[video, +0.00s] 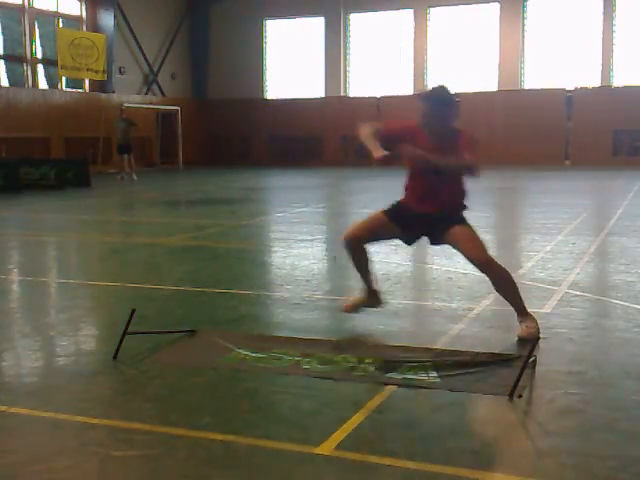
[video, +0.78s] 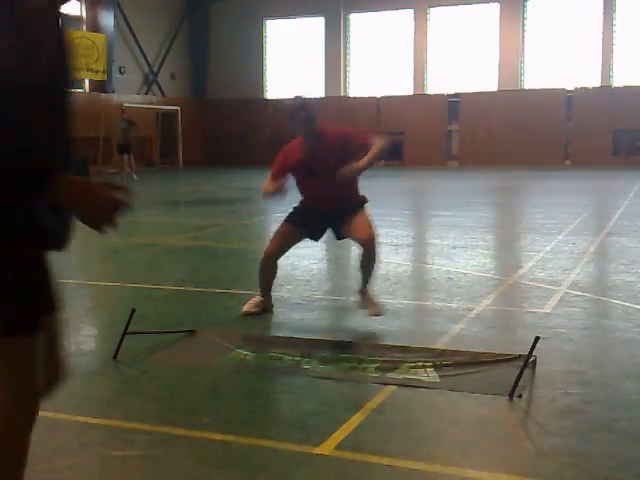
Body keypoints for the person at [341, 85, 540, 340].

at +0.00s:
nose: (425, 120)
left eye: (431, 115)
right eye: (424, 114)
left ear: (447, 116)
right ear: (422, 113)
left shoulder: (461, 140)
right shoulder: (414, 133)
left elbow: (471, 167)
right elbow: (365, 130)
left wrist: (424, 157)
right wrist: (376, 150)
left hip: (447, 216)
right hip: (410, 211)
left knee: (483, 261)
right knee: (352, 239)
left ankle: (524, 317)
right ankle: (371, 294)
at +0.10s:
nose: (391, 103)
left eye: (396, 98)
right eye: (387, 98)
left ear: (405, 96)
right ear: (380, 96)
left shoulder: (419, 116)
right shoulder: (373, 114)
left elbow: (428, 144)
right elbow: (326, 120)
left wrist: (378, 142)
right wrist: (332, 149)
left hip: (411, 201)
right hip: (375, 198)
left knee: (456, 257)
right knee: (318, 228)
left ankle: (510, 311)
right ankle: (311, 286)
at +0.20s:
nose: (341, 102)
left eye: (345, 96)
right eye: (337, 97)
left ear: (357, 93)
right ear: (333, 96)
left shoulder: (383, 120)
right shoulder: (330, 121)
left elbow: (405, 153)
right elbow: (299, 147)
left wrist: (360, 161)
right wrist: (288, 176)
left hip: (378, 196)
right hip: (341, 194)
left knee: (416, 248)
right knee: (297, 241)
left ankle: (451, 304)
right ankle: (268, 289)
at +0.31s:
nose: (302, 121)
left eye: (306, 115)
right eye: (300, 116)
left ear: (320, 112)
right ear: (297, 115)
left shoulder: (348, 136)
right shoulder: (298, 138)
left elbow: (373, 173)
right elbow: (284, 171)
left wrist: (334, 193)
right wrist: (266, 206)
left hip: (345, 203)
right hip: (311, 202)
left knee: (372, 244)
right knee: (272, 249)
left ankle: (373, 296)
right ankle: (265, 299)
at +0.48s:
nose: (270, 138)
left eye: (273, 132)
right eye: (267, 134)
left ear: (284, 130)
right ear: (264, 135)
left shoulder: (311, 149)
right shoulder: (271, 157)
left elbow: (330, 193)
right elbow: (270, 191)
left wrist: (289, 205)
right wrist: (262, 221)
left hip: (322, 210)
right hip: (289, 209)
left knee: (324, 263)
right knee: (255, 251)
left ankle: (293, 274)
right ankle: (263, 298)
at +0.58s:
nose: (268, 147)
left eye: (271, 141)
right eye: (264, 143)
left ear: (280, 135)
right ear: (259, 142)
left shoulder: (306, 152)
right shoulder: (267, 166)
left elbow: (327, 193)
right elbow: (264, 198)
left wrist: (289, 211)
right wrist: (253, 230)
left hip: (320, 209)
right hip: (287, 209)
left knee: (312, 263)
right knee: (254, 251)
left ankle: (295, 282)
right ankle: (263, 297)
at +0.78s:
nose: (306, 125)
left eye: (308, 119)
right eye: (300, 121)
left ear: (315, 119)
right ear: (294, 125)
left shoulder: (337, 138)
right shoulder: (290, 152)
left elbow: (382, 142)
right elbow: (267, 187)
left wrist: (361, 164)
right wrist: (276, 187)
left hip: (347, 206)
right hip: (312, 208)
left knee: (369, 240)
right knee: (270, 253)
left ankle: (364, 292)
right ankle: (265, 299)